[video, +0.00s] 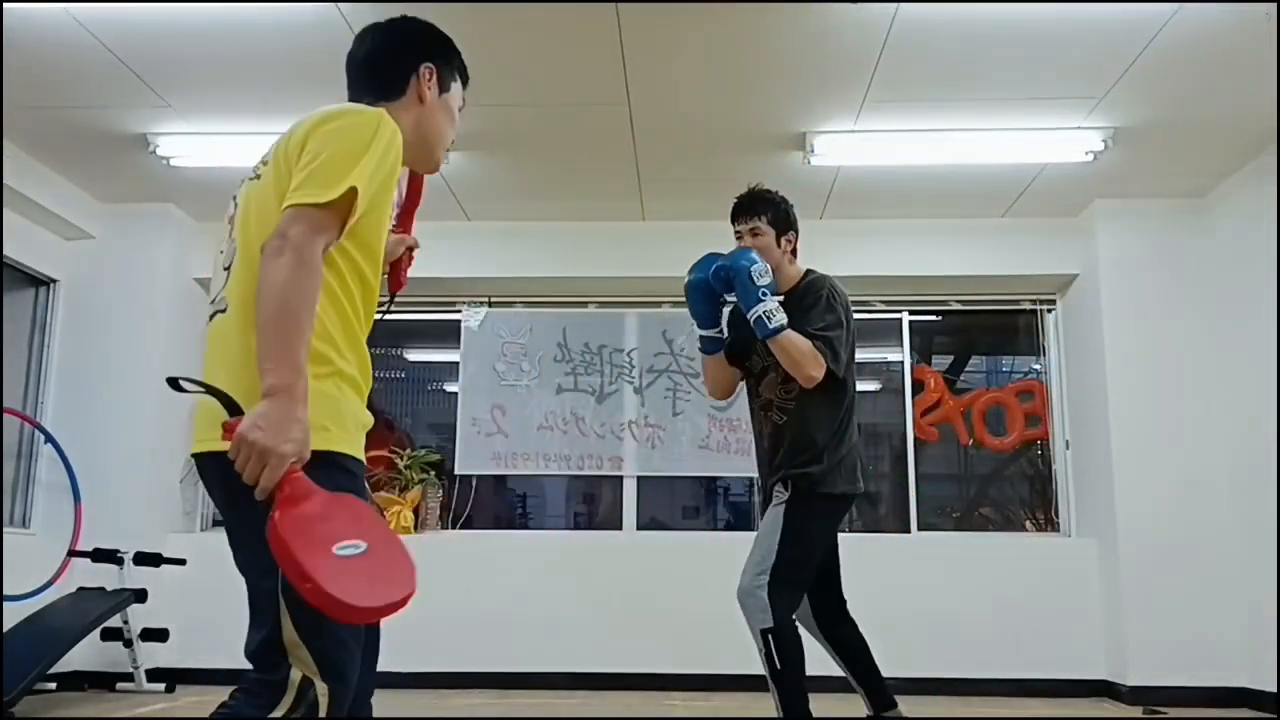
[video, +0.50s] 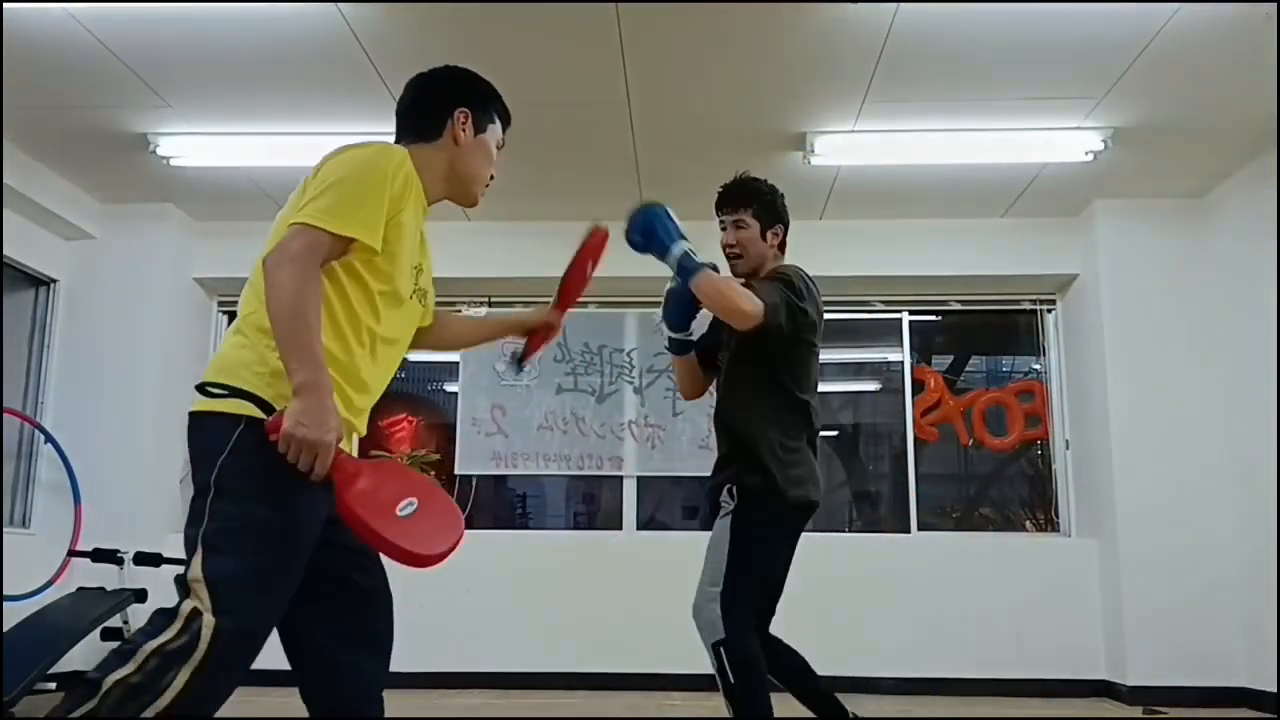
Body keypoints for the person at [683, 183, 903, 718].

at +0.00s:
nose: (744, 248)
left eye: (754, 235)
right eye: (738, 238)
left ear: (788, 240)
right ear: (737, 246)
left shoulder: (823, 295)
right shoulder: (752, 310)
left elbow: (812, 371)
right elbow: (721, 389)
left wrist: (760, 302)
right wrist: (709, 325)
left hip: (818, 475)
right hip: (785, 476)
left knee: (761, 594)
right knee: (820, 607)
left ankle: (796, 715)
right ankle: (885, 709)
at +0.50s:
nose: (727, 238)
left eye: (740, 226)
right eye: (722, 228)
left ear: (776, 235)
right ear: (719, 235)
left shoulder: (790, 287)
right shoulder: (737, 301)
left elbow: (740, 309)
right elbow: (693, 386)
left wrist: (677, 252)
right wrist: (680, 331)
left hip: (769, 478)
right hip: (757, 477)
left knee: (716, 610)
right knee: (745, 626)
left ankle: (753, 716)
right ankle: (837, 714)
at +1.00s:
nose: (698, 221)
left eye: (710, 209)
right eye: (694, 210)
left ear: (746, 214)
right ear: (697, 216)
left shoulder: (787, 271)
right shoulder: (717, 288)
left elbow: (814, 357)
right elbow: (711, 388)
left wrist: (736, 316)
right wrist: (678, 357)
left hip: (781, 462)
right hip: (744, 463)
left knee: (724, 589)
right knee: (776, 600)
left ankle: (746, 713)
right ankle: (831, 707)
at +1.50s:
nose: (701, 217)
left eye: (713, 205)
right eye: (695, 207)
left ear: (749, 216)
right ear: (696, 219)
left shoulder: (777, 274)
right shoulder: (704, 288)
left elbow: (775, 335)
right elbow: (665, 368)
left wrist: (716, 272)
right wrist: (656, 310)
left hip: (766, 470)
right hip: (742, 470)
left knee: (699, 591)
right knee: (787, 606)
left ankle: (742, 714)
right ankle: (848, 711)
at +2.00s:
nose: (651, 269)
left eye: (660, 256)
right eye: (647, 261)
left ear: (698, 260)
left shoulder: (717, 310)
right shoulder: (705, 324)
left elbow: (760, 373)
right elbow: (689, 435)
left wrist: (755, 455)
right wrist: (653, 375)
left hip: (729, 508)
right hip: (758, 509)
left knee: (626, 617)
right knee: (732, 629)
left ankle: (637, 716)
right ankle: (804, 714)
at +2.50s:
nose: (597, 211)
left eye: (608, 195)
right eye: (593, 201)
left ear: (648, 199)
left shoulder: (674, 255)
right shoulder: (626, 278)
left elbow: (686, 324)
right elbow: (598, 378)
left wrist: (611, 267)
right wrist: (576, 309)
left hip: (682, 466)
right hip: (716, 472)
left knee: (577, 584)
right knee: (688, 621)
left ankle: (604, 714)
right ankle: (772, 716)